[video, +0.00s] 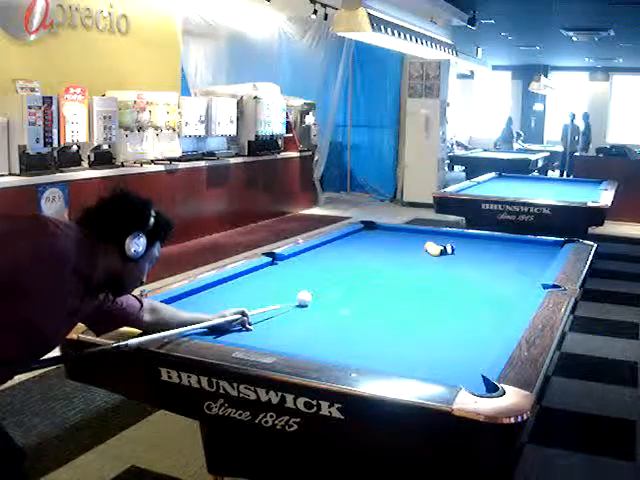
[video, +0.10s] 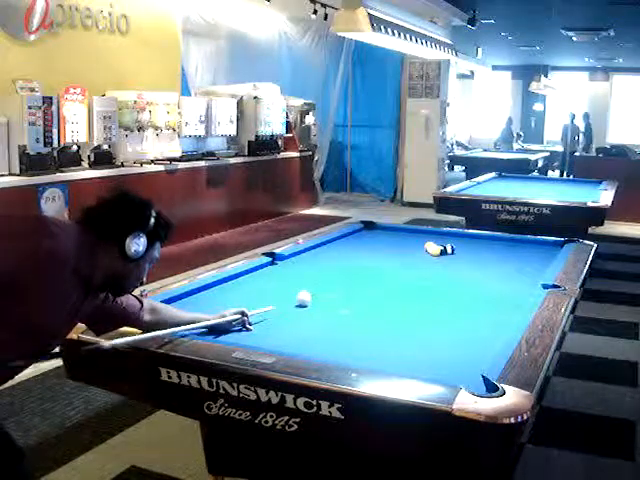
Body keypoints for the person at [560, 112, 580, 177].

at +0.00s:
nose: (572, 118)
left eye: (573, 117)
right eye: (571, 116)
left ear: (575, 117)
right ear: (569, 117)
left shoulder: (576, 127)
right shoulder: (565, 126)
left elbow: (578, 136)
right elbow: (562, 135)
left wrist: (576, 143)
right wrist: (563, 143)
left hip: (572, 147)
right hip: (565, 146)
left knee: (571, 160)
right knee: (563, 160)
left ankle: (569, 173)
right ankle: (561, 172)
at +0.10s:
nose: (572, 119)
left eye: (573, 117)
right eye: (571, 117)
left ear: (574, 118)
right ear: (569, 117)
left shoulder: (576, 127)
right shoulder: (565, 126)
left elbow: (578, 137)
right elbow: (562, 135)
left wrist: (577, 144)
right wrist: (563, 142)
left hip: (573, 147)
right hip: (565, 146)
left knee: (571, 160)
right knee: (563, 160)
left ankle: (569, 173)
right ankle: (561, 173)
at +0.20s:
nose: (572, 119)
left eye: (573, 117)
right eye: (571, 117)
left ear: (574, 118)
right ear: (569, 117)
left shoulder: (576, 127)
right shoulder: (565, 126)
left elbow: (578, 137)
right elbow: (563, 135)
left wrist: (577, 145)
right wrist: (563, 142)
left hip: (573, 147)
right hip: (565, 146)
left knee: (571, 160)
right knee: (563, 160)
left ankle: (569, 173)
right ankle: (561, 173)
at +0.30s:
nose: (572, 119)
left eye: (573, 117)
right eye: (571, 117)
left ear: (574, 118)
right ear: (569, 117)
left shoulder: (576, 127)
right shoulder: (565, 126)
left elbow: (578, 137)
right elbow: (562, 135)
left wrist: (577, 145)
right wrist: (563, 142)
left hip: (573, 147)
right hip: (565, 146)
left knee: (571, 160)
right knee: (563, 160)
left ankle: (569, 173)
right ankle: (561, 173)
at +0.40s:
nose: (572, 119)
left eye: (573, 117)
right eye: (571, 117)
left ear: (574, 118)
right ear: (569, 117)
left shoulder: (576, 127)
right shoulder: (565, 126)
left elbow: (578, 136)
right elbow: (562, 135)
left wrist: (577, 145)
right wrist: (563, 142)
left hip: (573, 146)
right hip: (565, 146)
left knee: (571, 160)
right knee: (563, 160)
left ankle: (569, 173)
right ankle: (561, 173)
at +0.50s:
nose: (572, 119)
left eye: (573, 117)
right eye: (571, 117)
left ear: (574, 118)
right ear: (569, 117)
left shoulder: (576, 127)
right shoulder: (565, 126)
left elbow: (578, 137)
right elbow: (562, 135)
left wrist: (577, 145)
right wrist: (563, 142)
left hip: (573, 146)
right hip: (565, 146)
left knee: (571, 160)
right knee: (563, 160)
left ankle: (569, 173)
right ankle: (561, 173)